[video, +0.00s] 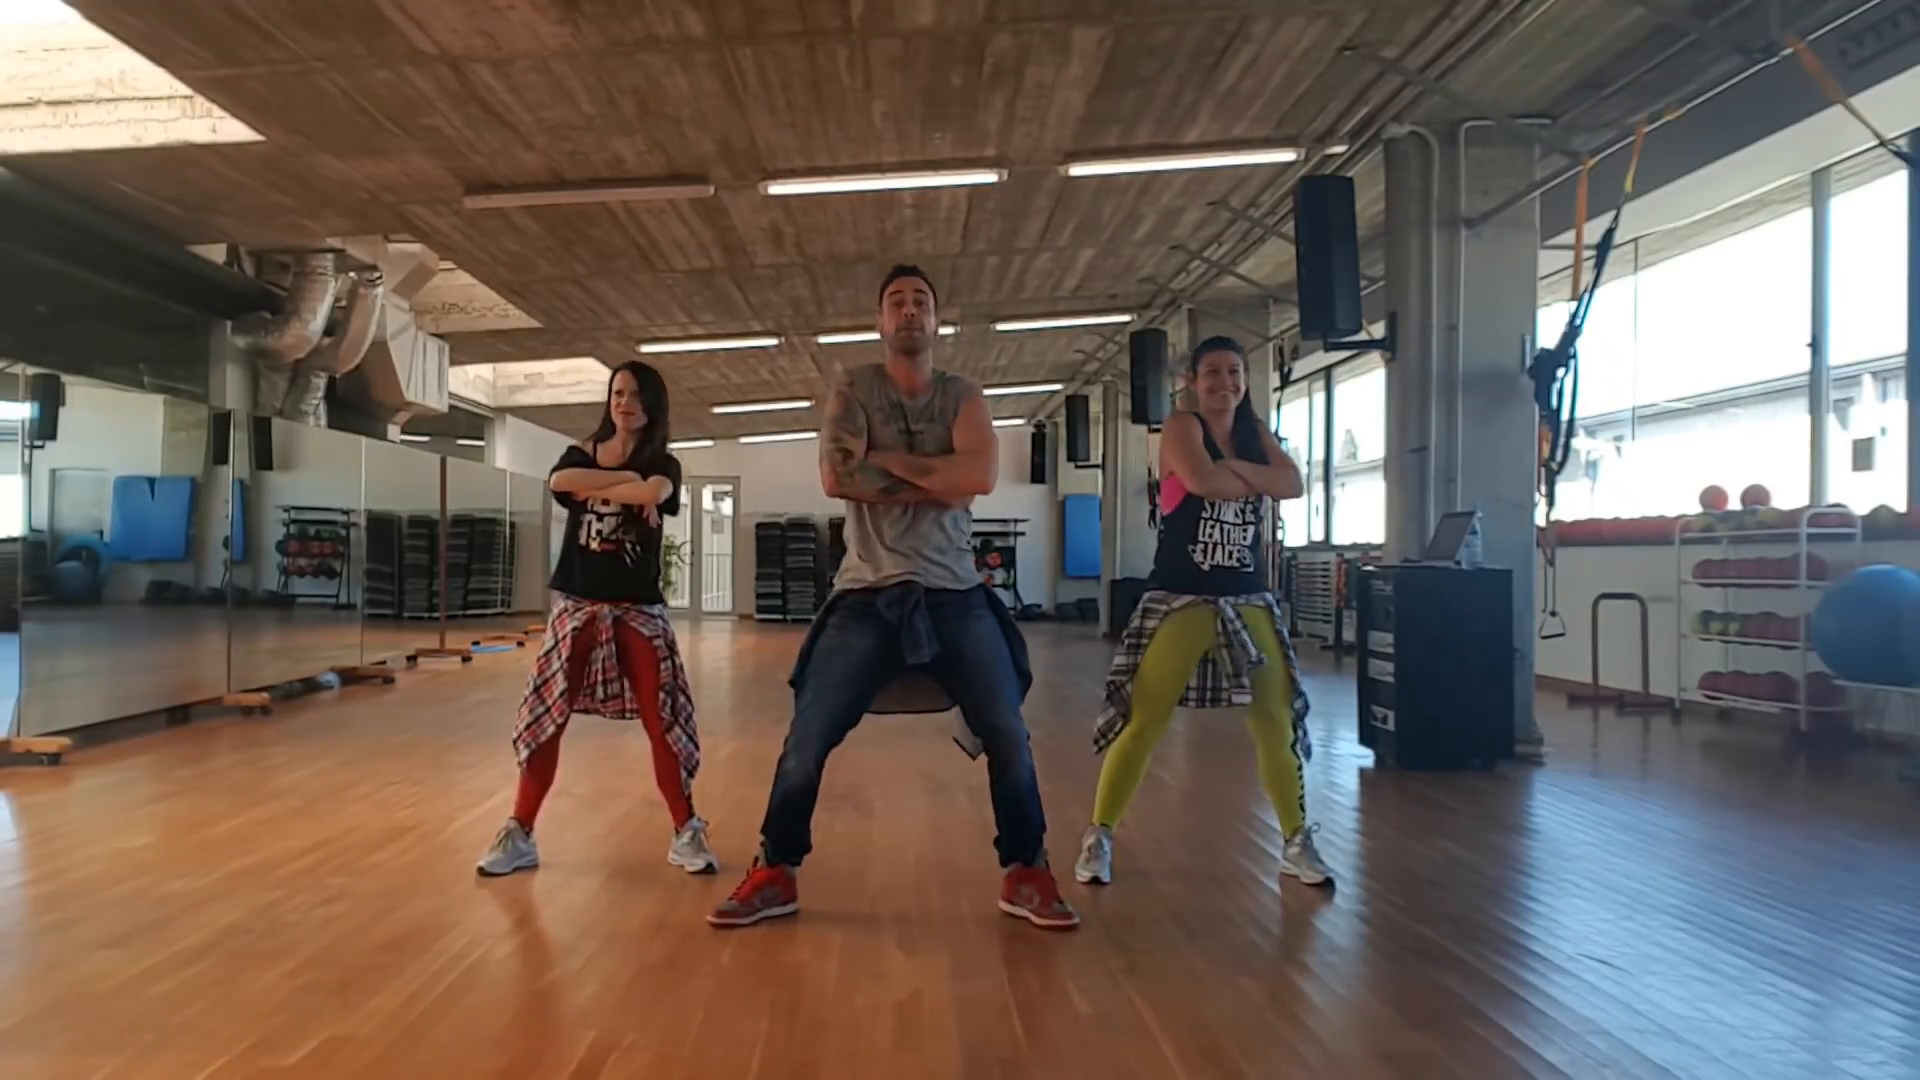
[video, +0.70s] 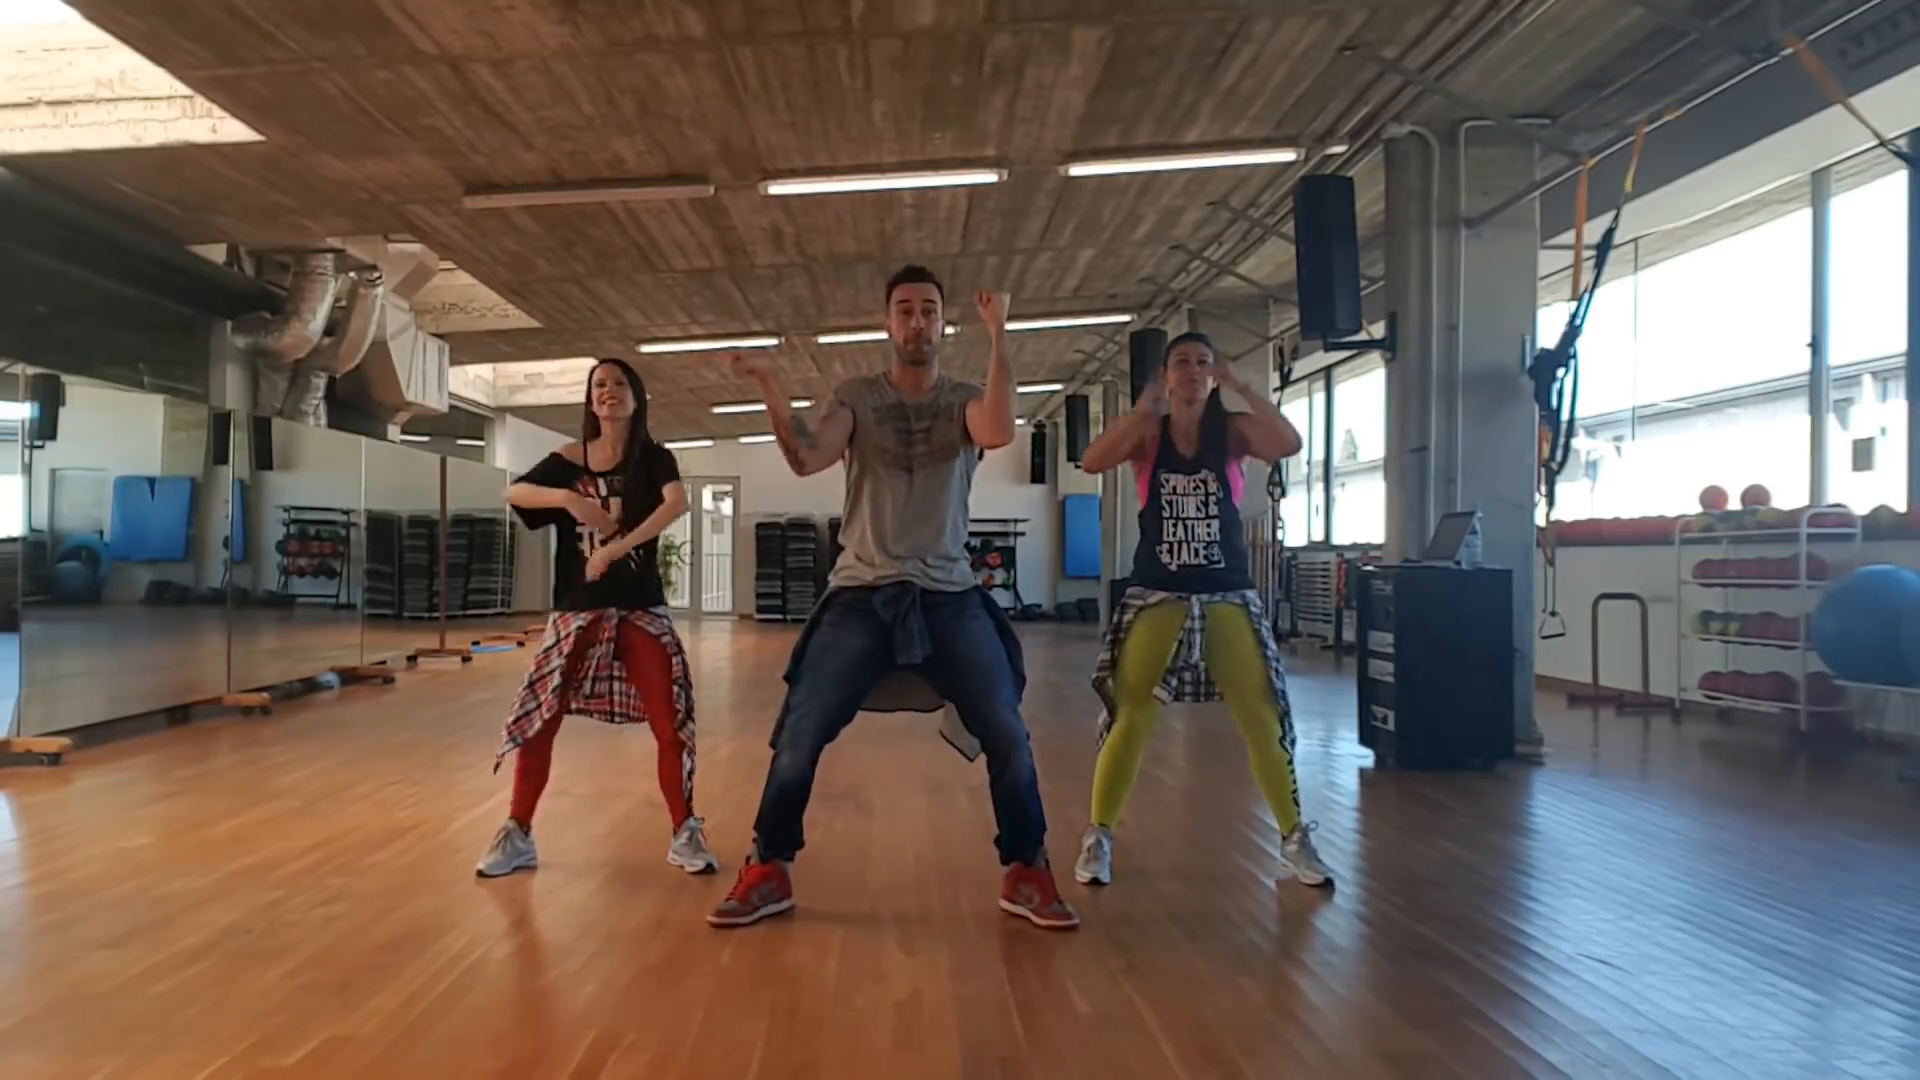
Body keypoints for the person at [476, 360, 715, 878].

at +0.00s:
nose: (624, 403)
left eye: (633, 395)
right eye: (617, 394)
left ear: (652, 404)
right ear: (608, 400)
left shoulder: (663, 463)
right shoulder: (584, 451)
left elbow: (651, 495)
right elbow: (559, 482)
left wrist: (589, 488)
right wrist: (633, 479)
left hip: (639, 605)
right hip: (576, 602)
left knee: (661, 719)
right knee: (547, 714)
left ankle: (687, 831)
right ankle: (520, 834)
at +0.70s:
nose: (609, 391)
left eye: (618, 383)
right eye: (600, 386)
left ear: (637, 396)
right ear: (590, 400)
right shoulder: (569, 458)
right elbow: (515, 494)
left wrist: (618, 545)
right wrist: (567, 499)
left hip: (641, 606)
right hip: (578, 607)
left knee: (670, 724)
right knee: (540, 716)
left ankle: (686, 833)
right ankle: (518, 834)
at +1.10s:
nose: (641, 411)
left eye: (649, 402)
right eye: (630, 404)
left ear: (665, 410)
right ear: (620, 415)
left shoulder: (679, 466)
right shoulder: (600, 470)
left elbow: (687, 464)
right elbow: (550, 475)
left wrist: (675, 398)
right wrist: (542, 407)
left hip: (681, 612)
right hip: (623, 616)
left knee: (703, 721)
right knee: (638, 724)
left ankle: (689, 831)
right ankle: (645, 818)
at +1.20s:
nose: (631, 407)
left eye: (640, 398)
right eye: (622, 401)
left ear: (659, 407)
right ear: (612, 414)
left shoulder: (673, 462)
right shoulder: (599, 466)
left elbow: (690, 456)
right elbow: (547, 466)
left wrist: (679, 390)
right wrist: (545, 401)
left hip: (676, 606)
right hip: (618, 609)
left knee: (693, 718)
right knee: (599, 725)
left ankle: (689, 830)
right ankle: (645, 809)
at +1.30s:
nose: (620, 404)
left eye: (628, 395)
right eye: (610, 398)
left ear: (647, 404)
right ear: (601, 412)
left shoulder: (663, 461)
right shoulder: (590, 464)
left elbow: (693, 456)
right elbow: (544, 471)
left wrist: (684, 389)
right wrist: (550, 402)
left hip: (667, 606)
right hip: (609, 609)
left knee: (684, 726)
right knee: (560, 724)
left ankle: (691, 830)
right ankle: (612, 808)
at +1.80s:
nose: (559, 403)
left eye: (569, 397)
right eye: (551, 397)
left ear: (587, 409)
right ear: (541, 409)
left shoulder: (595, 468)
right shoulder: (520, 464)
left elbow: (634, 467)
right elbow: (482, 462)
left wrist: (628, 401)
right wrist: (507, 395)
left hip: (586, 609)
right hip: (526, 607)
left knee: (610, 711)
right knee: (502, 723)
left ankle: (621, 798)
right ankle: (526, 828)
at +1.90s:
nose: (557, 411)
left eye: (567, 405)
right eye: (548, 405)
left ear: (584, 417)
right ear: (537, 416)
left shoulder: (593, 476)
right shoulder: (518, 472)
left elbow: (627, 472)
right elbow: (485, 467)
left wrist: (627, 405)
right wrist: (508, 402)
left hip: (575, 616)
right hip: (516, 614)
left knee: (590, 724)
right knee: (494, 739)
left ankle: (598, 801)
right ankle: (524, 831)